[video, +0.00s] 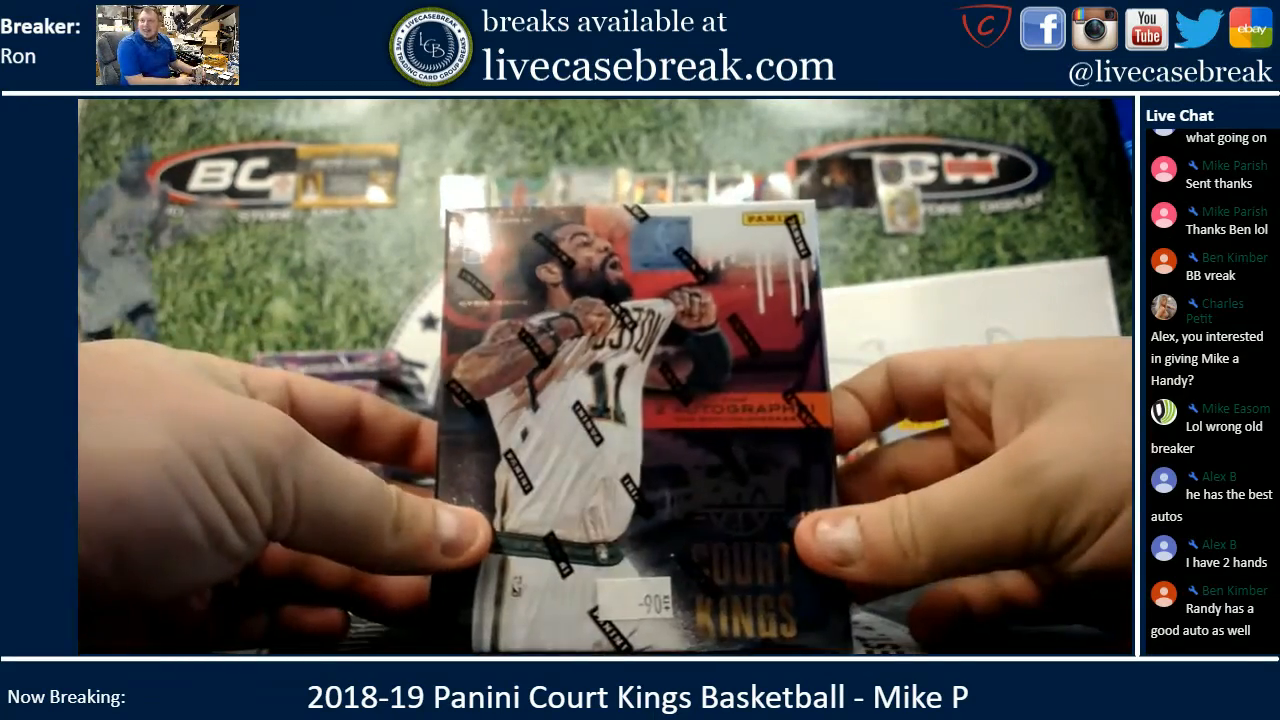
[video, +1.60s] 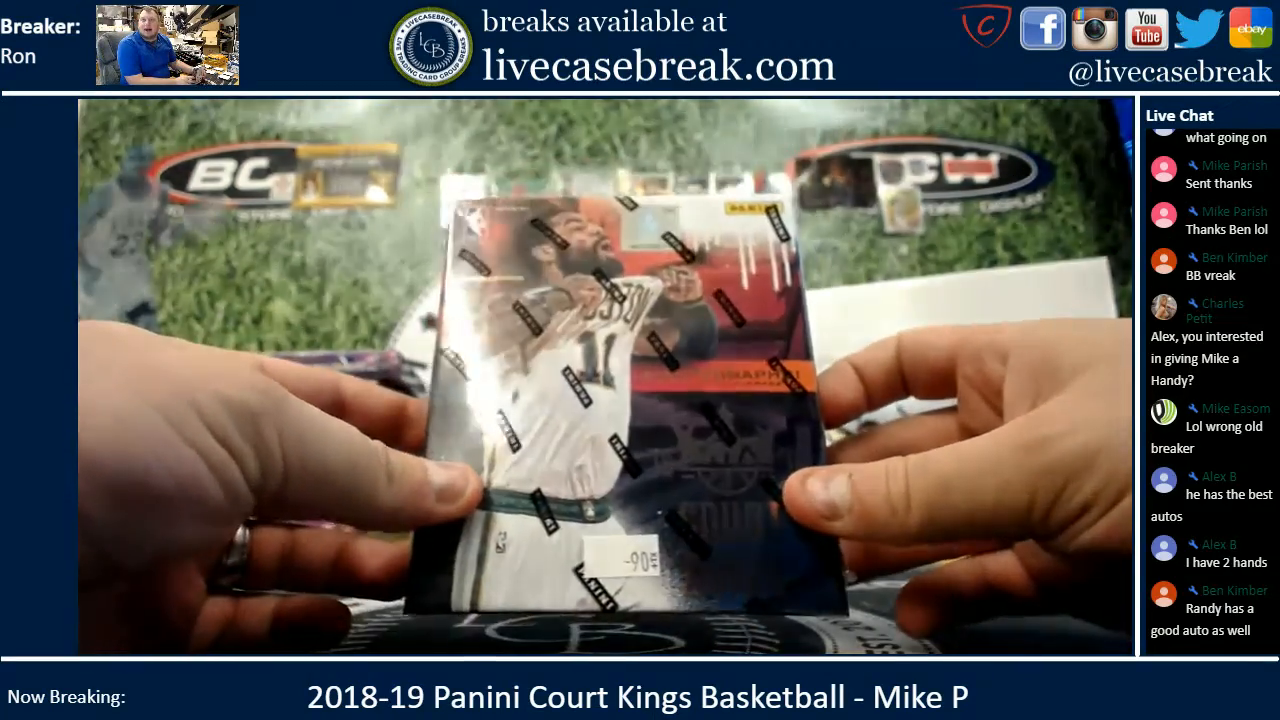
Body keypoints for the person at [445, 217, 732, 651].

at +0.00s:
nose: (605, 248)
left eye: (602, 241)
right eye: (582, 242)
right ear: (548, 273)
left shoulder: (634, 325)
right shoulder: (517, 333)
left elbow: (713, 375)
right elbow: (468, 381)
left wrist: (704, 329)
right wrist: (563, 326)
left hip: (611, 563)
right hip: (533, 566)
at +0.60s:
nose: (613, 199)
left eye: (605, 190)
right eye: (587, 194)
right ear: (554, 228)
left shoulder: (648, 284)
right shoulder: (517, 295)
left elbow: (722, 341)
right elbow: (467, 342)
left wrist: (717, 294)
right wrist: (570, 286)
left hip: (623, 532)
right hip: (540, 537)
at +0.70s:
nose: (600, 201)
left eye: (593, 193)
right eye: (575, 197)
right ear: (541, 230)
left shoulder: (631, 289)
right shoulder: (505, 296)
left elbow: (711, 339)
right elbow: (453, 348)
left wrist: (704, 292)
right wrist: (556, 288)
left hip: (609, 532)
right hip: (526, 536)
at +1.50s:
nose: (596, 232)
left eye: (593, 226)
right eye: (572, 226)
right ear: (540, 253)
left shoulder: (622, 298)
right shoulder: (506, 303)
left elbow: (696, 344)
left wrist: (689, 302)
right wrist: (558, 299)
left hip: (595, 518)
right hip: (518, 519)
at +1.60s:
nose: (598, 232)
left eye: (596, 226)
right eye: (574, 225)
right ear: (543, 252)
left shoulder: (624, 298)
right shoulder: (513, 306)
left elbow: (699, 346)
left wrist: (691, 302)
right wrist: (556, 297)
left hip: (596, 518)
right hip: (519, 517)